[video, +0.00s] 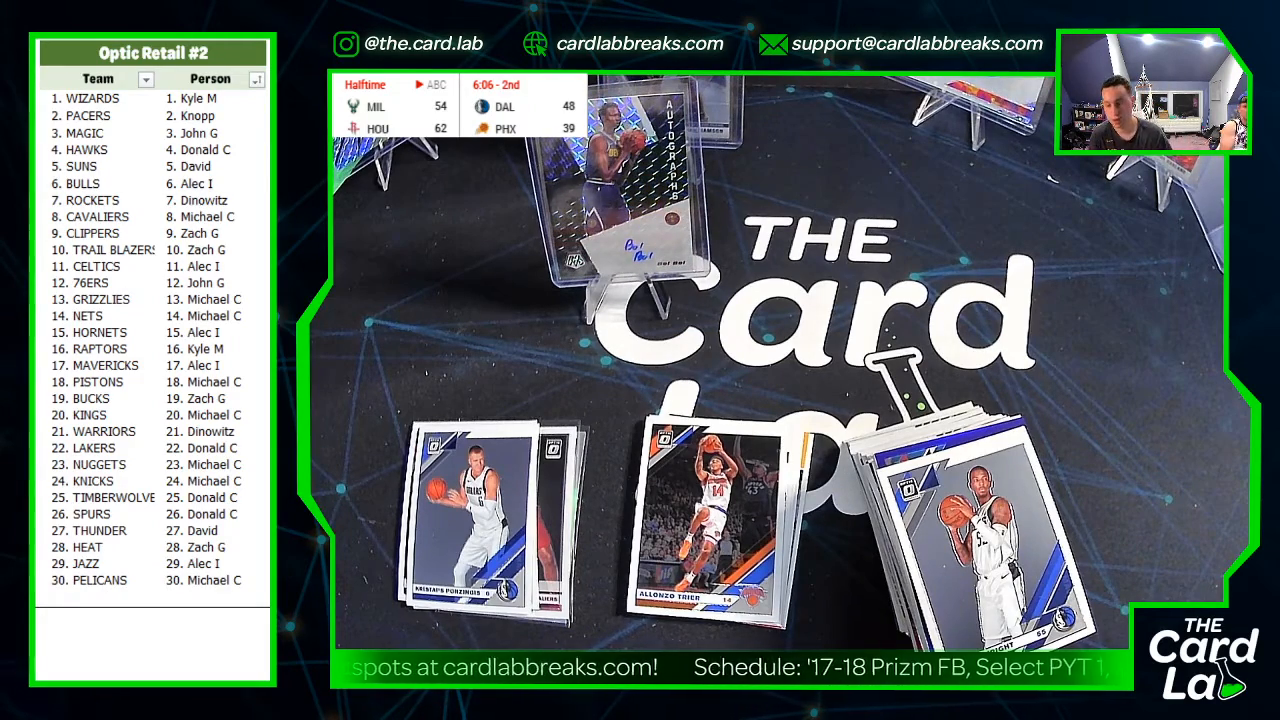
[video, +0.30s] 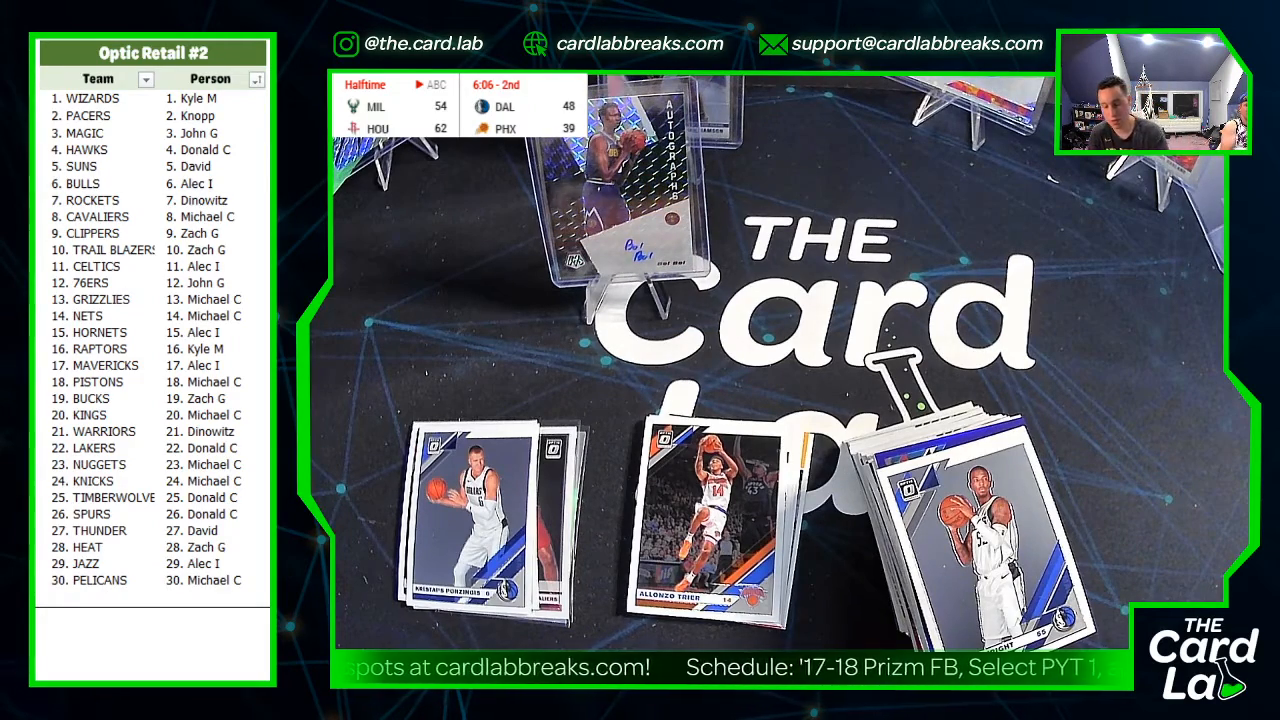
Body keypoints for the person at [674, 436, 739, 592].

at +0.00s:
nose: (714, 463)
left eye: (717, 461)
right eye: (713, 461)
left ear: (721, 465)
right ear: (710, 465)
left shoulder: (727, 476)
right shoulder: (706, 477)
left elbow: (734, 468)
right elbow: (698, 470)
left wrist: (722, 452)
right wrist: (700, 451)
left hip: (721, 513)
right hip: (706, 507)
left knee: (707, 550)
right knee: (704, 511)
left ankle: (689, 578)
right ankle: (688, 539)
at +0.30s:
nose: (714, 463)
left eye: (717, 461)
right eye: (713, 461)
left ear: (721, 465)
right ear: (710, 465)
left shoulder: (727, 476)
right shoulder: (706, 477)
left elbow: (734, 468)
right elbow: (698, 470)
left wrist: (722, 452)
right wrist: (700, 451)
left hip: (721, 513)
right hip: (706, 507)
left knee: (707, 550)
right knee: (704, 511)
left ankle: (689, 578)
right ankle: (688, 539)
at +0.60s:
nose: (714, 463)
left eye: (717, 461)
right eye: (713, 461)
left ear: (721, 465)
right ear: (710, 465)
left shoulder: (727, 476)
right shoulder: (706, 477)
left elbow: (734, 468)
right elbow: (699, 470)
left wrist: (722, 452)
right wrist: (700, 451)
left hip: (721, 513)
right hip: (706, 507)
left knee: (707, 549)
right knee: (704, 512)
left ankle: (688, 578)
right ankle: (688, 540)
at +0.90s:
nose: (714, 463)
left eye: (717, 462)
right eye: (713, 461)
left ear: (721, 465)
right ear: (709, 465)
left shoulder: (727, 476)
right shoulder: (706, 477)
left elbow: (734, 468)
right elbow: (698, 470)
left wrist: (722, 452)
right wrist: (700, 450)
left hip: (721, 513)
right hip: (706, 507)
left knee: (707, 550)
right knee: (704, 512)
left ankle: (688, 579)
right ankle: (688, 540)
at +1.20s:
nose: (714, 463)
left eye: (717, 461)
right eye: (713, 461)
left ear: (721, 465)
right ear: (710, 465)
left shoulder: (727, 476)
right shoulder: (706, 476)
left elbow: (734, 468)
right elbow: (699, 470)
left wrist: (722, 452)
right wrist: (700, 451)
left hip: (721, 512)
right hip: (706, 507)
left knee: (707, 550)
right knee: (704, 512)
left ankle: (688, 579)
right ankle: (688, 540)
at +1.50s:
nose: (714, 463)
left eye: (717, 461)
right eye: (713, 461)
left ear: (721, 465)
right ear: (710, 465)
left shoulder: (727, 476)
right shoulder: (706, 476)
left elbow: (734, 468)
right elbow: (698, 470)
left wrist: (722, 452)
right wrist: (700, 451)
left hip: (721, 512)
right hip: (706, 507)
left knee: (707, 550)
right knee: (704, 512)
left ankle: (688, 578)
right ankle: (688, 540)